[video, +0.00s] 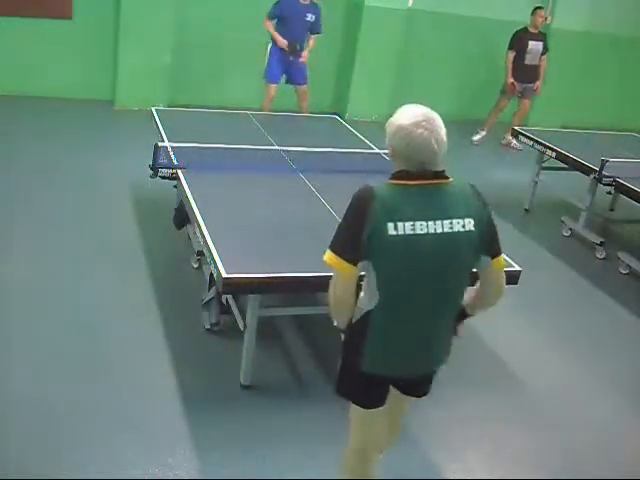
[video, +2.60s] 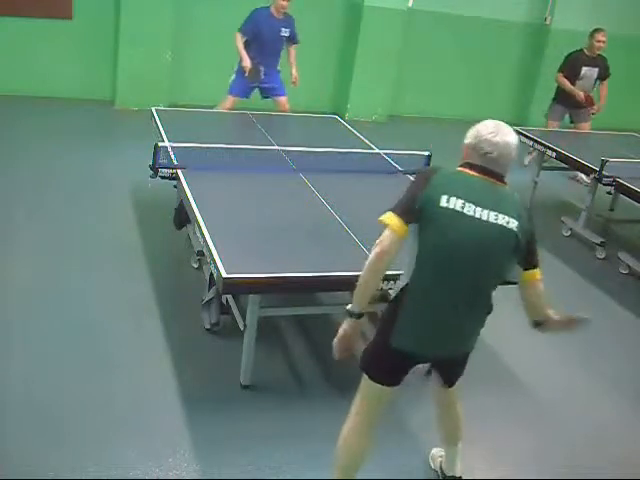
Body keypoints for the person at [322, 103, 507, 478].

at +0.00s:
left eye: (390, 144)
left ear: (392, 153)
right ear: (442, 150)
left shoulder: (371, 201)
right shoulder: (470, 199)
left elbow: (342, 287)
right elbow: (493, 289)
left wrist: (345, 325)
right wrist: (463, 309)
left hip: (376, 342)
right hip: (432, 342)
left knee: (364, 446)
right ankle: (379, 447)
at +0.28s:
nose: (403, 151)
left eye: (405, 146)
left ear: (409, 154)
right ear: (459, 153)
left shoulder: (386, 202)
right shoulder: (484, 202)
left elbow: (355, 281)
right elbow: (499, 282)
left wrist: (349, 323)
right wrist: (455, 289)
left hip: (385, 343)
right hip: (440, 341)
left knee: (369, 438)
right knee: (426, 404)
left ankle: (362, 471)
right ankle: (428, 468)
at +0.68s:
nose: (449, 143)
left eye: (452, 139)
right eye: (451, 138)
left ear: (457, 148)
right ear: (503, 153)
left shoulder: (436, 190)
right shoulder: (519, 197)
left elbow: (408, 269)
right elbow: (532, 275)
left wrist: (393, 312)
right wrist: (491, 289)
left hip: (425, 330)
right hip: (475, 332)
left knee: (385, 423)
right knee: (463, 409)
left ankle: (369, 473)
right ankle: (461, 473)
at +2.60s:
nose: (461, 151)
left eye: (464, 147)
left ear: (466, 152)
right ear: (508, 166)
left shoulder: (433, 180)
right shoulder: (517, 211)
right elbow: (532, 287)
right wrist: (541, 317)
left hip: (411, 323)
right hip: (462, 332)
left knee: (366, 408)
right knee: (447, 391)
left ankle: (341, 473)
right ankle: (452, 465)